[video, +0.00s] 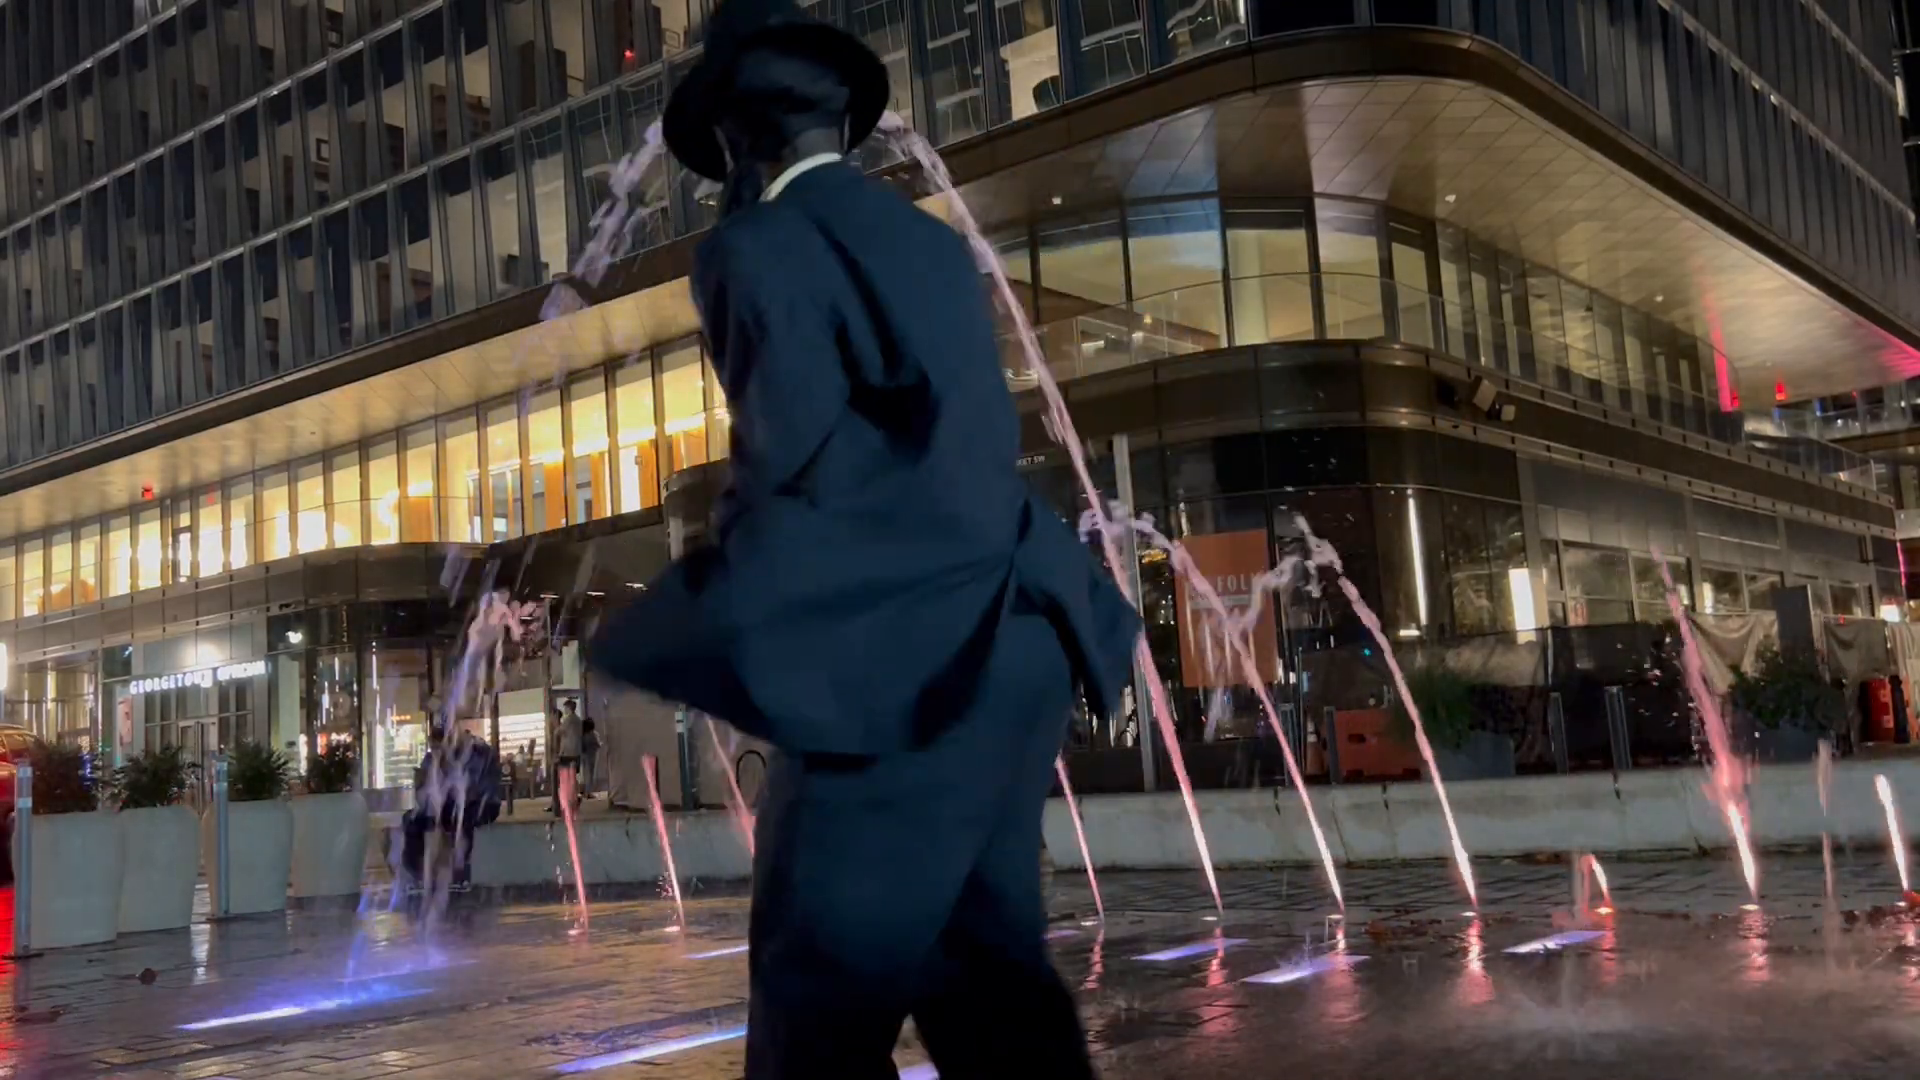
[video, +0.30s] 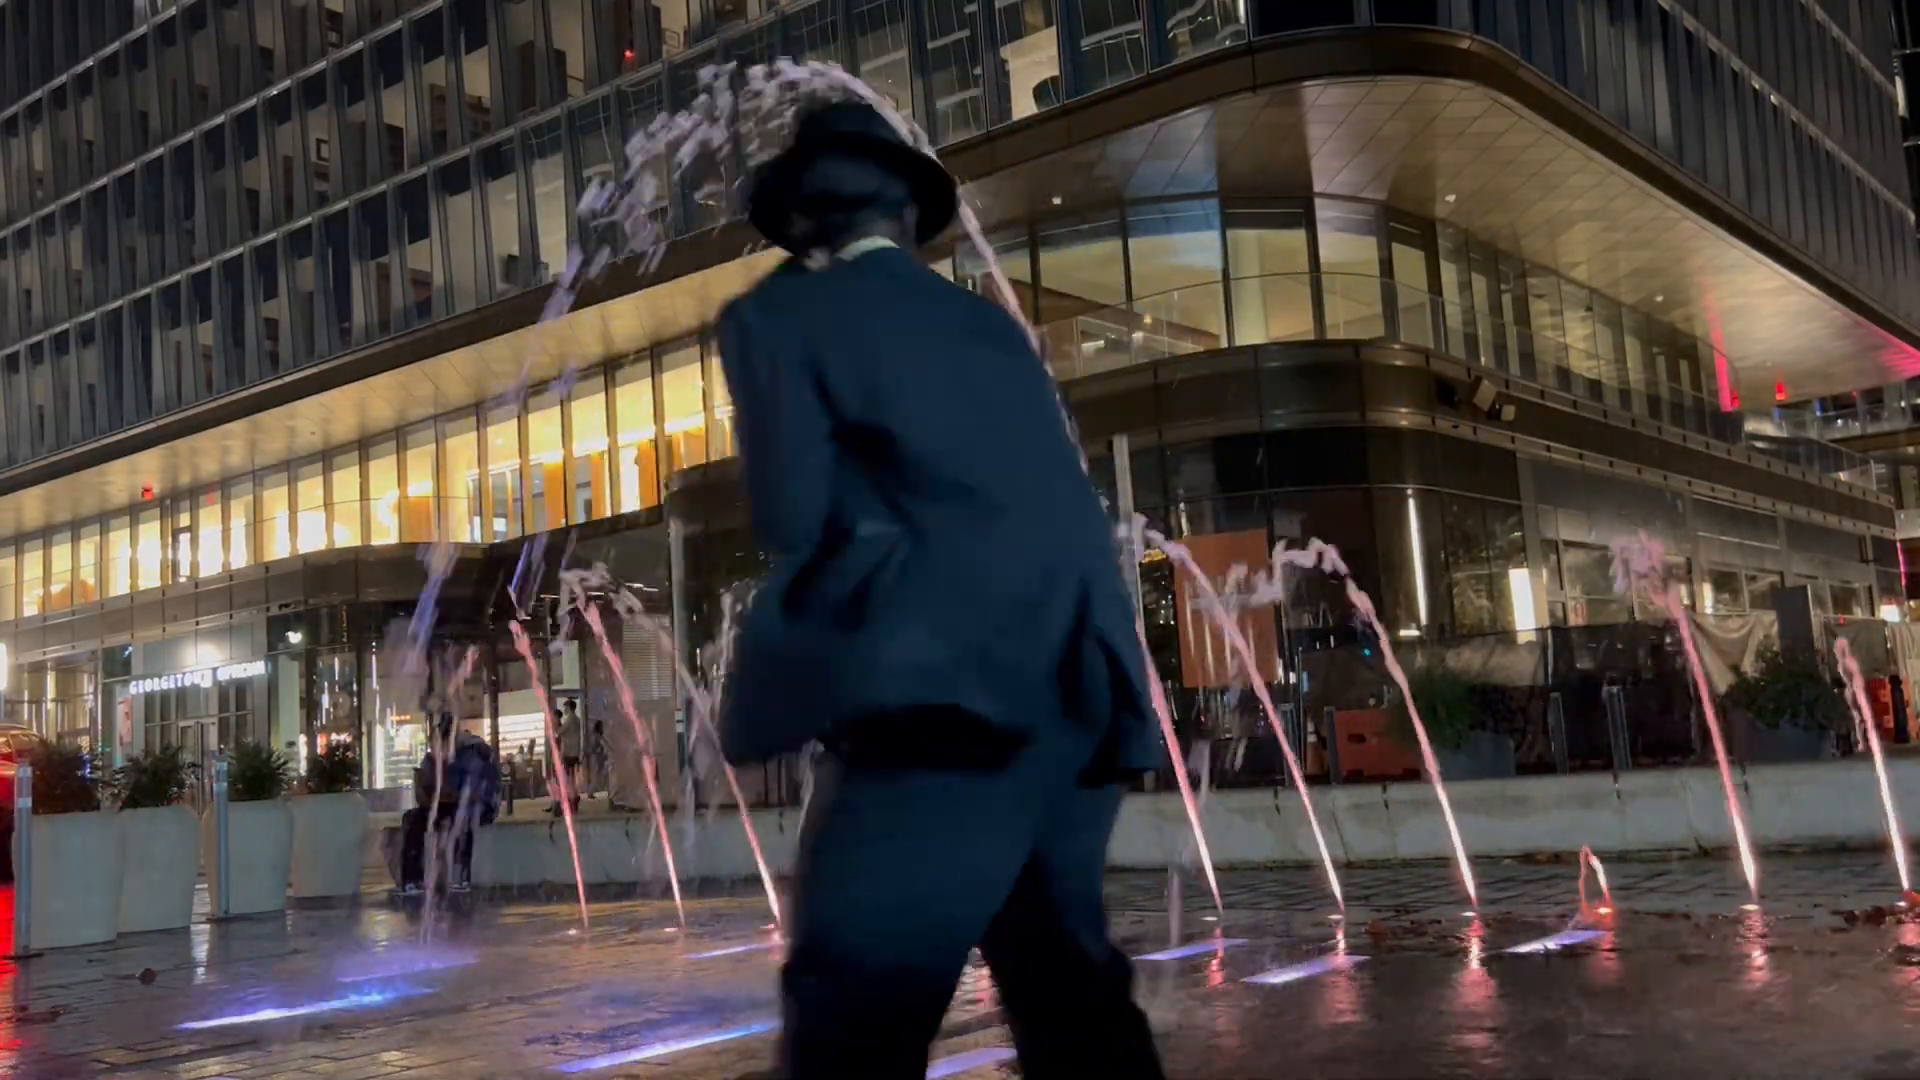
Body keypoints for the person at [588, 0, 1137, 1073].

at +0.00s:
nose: (721, 161)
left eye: (719, 136)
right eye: (718, 139)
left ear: (736, 133)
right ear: (849, 122)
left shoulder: (756, 240)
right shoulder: (935, 237)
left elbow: (787, 433)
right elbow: (979, 450)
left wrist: (715, 572)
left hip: (887, 680)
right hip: (1006, 659)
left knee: (814, 1008)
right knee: (992, 980)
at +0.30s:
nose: (786, 244)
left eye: (790, 225)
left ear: (799, 234)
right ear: (913, 223)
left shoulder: (778, 313)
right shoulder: (995, 325)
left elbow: (795, 520)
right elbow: (1076, 514)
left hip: (932, 723)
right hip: (1074, 721)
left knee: (849, 1029)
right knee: (1073, 1003)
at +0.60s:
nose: (1045, 266)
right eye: (1055, 253)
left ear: (953, 267)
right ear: (1070, 265)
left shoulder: (891, 348)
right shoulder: (1151, 362)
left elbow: (893, 536)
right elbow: (1181, 528)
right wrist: (1115, 616)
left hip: (992, 672)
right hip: (1147, 665)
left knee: (1038, 964)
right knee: (1146, 952)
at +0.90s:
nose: (942, 256)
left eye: (947, 240)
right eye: (948, 241)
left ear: (962, 240)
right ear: (1062, 245)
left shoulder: (928, 314)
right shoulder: (1165, 337)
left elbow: (879, 473)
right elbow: (1275, 465)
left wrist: (872, 567)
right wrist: (1193, 573)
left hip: (1041, 660)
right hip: (1182, 667)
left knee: (979, 929)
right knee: (1144, 941)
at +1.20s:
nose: (919, 205)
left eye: (923, 185)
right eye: (924, 186)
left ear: (941, 183)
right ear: (1040, 189)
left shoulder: (911, 267)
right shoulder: (1143, 315)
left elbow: (849, 434)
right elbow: (1210, 480)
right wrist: (1099, 481)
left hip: (980, 678)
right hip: (1132, 684)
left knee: (952, 998)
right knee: (1097, 977)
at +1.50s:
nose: (910, 181)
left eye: (913, 157)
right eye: (911, 161)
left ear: (943, 146)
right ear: (1031, 149)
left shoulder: (899, 258)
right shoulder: (1111, 279)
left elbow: (822, 420)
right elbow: (1081, 444)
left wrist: (702, 479)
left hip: (954, 680)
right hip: (1100, 680)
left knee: (938, 987)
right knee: (1069, 970)